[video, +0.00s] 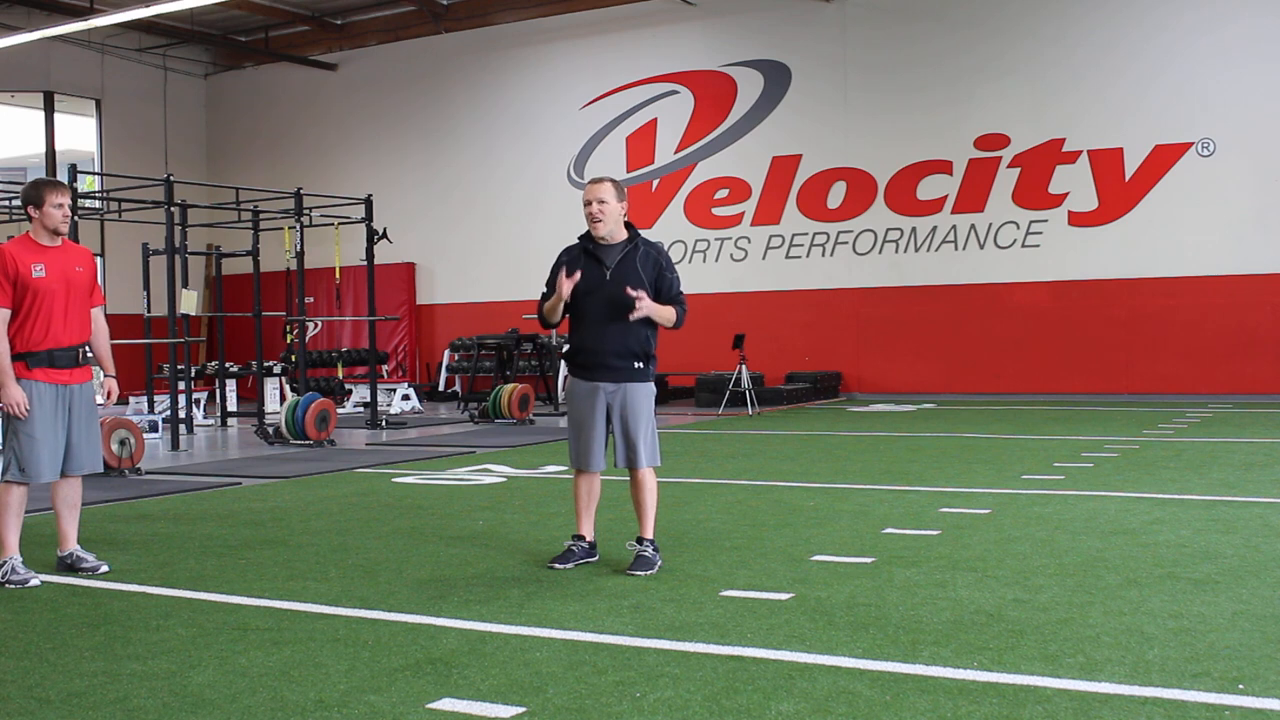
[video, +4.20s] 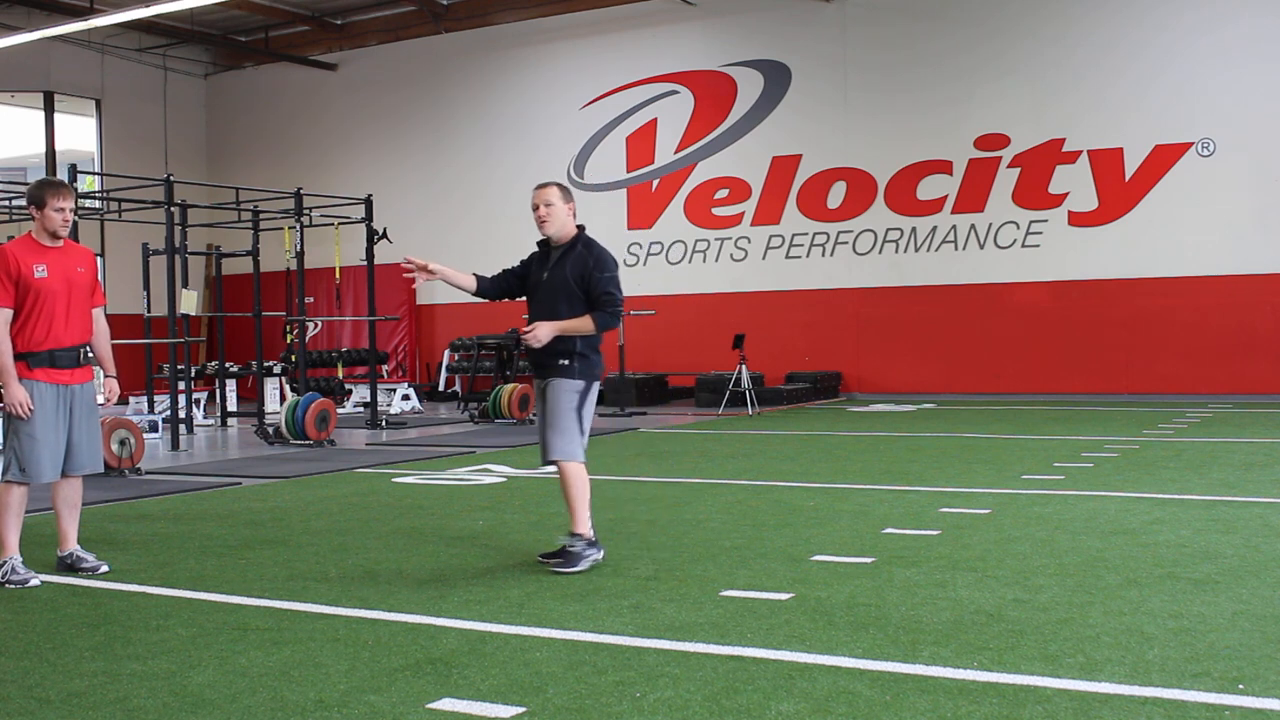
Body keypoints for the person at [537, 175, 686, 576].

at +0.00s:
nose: (593, 210)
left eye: (601, 203)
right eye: (588, 204)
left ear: (622, 207)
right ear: (583, 210)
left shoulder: (652, 256)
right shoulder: (571, 258)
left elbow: (677, 316)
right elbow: (546, 321)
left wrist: (652, 308)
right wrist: (559, 298)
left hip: (634, 380)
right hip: (583, 378)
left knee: (640, 463)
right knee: (585, 463)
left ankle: (647, 544)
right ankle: (584, 542)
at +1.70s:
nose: (586, 209)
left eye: (594, 202)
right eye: (582, 204)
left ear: (618, 206)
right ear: (579, 211)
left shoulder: (648, 253)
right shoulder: (571, 258)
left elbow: (659, 311)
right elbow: (551, 323)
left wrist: (605, 288)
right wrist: (553, 308)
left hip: (634, 379)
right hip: (585, 377)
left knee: (641, 462)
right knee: (586, 461)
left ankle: (646, 544)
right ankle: (584, 541)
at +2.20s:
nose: (587, 204)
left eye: (596, 197)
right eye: (585, 197)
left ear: (621, 204)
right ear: (582, 204)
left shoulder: (651, 251)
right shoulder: (571, 257)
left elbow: (679, 310)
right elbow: (550, 310)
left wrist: (659, 280)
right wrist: (554, 317)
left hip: (636, 377)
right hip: (585, 377)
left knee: (641, 462)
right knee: (587, 463)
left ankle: (646, 544)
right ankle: (584, 541)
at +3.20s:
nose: (586, 216)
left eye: (593, 209)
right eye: (587, 209)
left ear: (618, 212)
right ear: (612, 213)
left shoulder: (662, 256)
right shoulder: (599, 256)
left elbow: (685, 317)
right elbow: (575, 307)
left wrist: (634, 334)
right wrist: (554, 282)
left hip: (646, 380)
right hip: (602, 377)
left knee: (649, 462)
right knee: (595, 459)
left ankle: (648, 545)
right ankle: (589, 540)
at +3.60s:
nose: (579, 215)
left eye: (586, 207)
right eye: (576, 209)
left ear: (613, 208)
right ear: (578, 214)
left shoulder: (643, 255)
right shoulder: (584, 259)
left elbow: (664, 316)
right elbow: (539, 289)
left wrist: (609, 331)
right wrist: (501, 253)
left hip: (631, 380)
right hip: (590, 378)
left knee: (641, 462)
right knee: (589, 460)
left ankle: (647, 545)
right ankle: (586, 540)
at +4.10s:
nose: (547, 213)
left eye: (555, 205)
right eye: (543, 208)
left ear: (578, 209)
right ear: (541, 215)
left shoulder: (604, 257)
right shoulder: (543, 260)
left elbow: (620, 317)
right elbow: (497, 286)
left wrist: (566, 328)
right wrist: (444, 271)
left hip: (583, 371)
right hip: (549, 372)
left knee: (584, 450)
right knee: (563, 456)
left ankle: (614, 536)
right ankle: (583, 540)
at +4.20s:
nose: (540, 213)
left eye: (547, 205)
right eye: (535, 209)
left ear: (571, 209)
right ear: (534, 216)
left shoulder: (595, 256)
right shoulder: (539, 260)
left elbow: (610, 316)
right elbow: (492, 288)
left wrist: (555, 327)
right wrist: (441, 273)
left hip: (576, 369)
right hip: (548, 371)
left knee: (567, 452)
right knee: (564, 453)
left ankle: (584, 540)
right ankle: (583, 538)